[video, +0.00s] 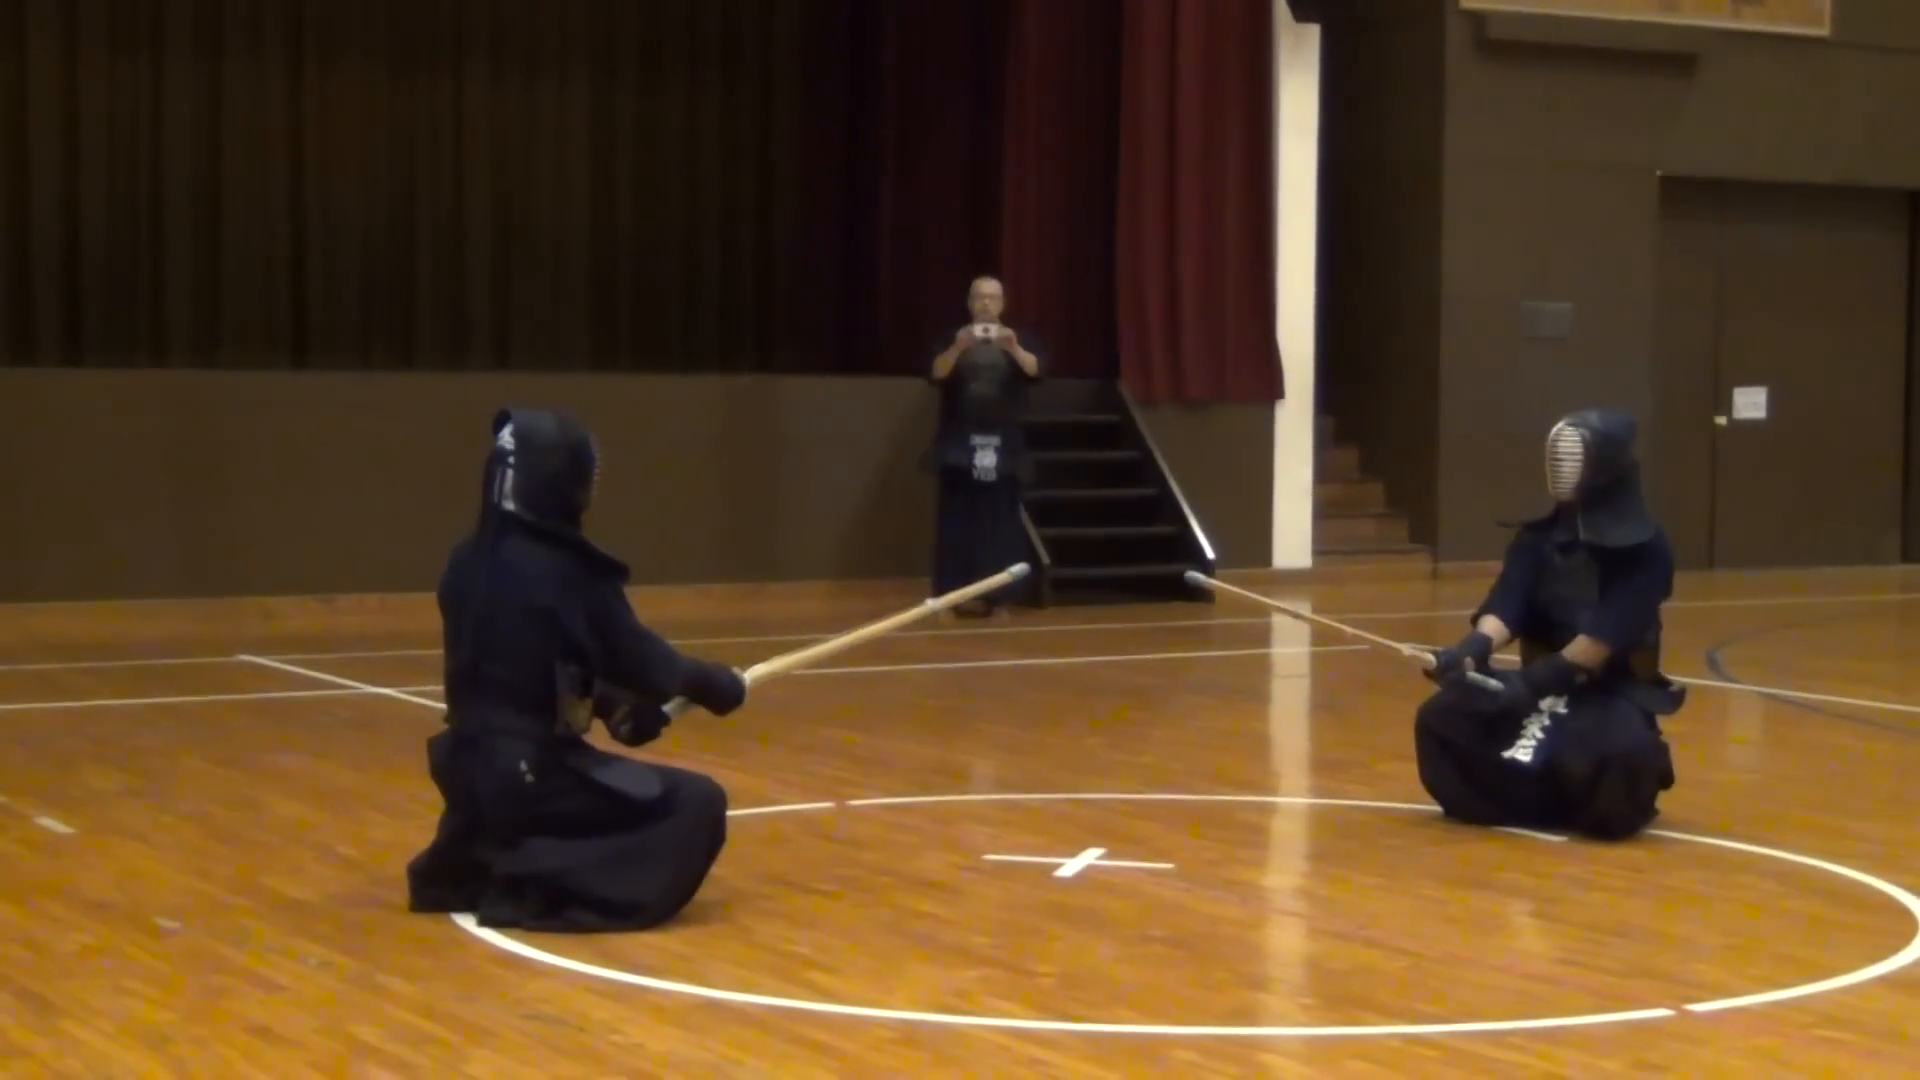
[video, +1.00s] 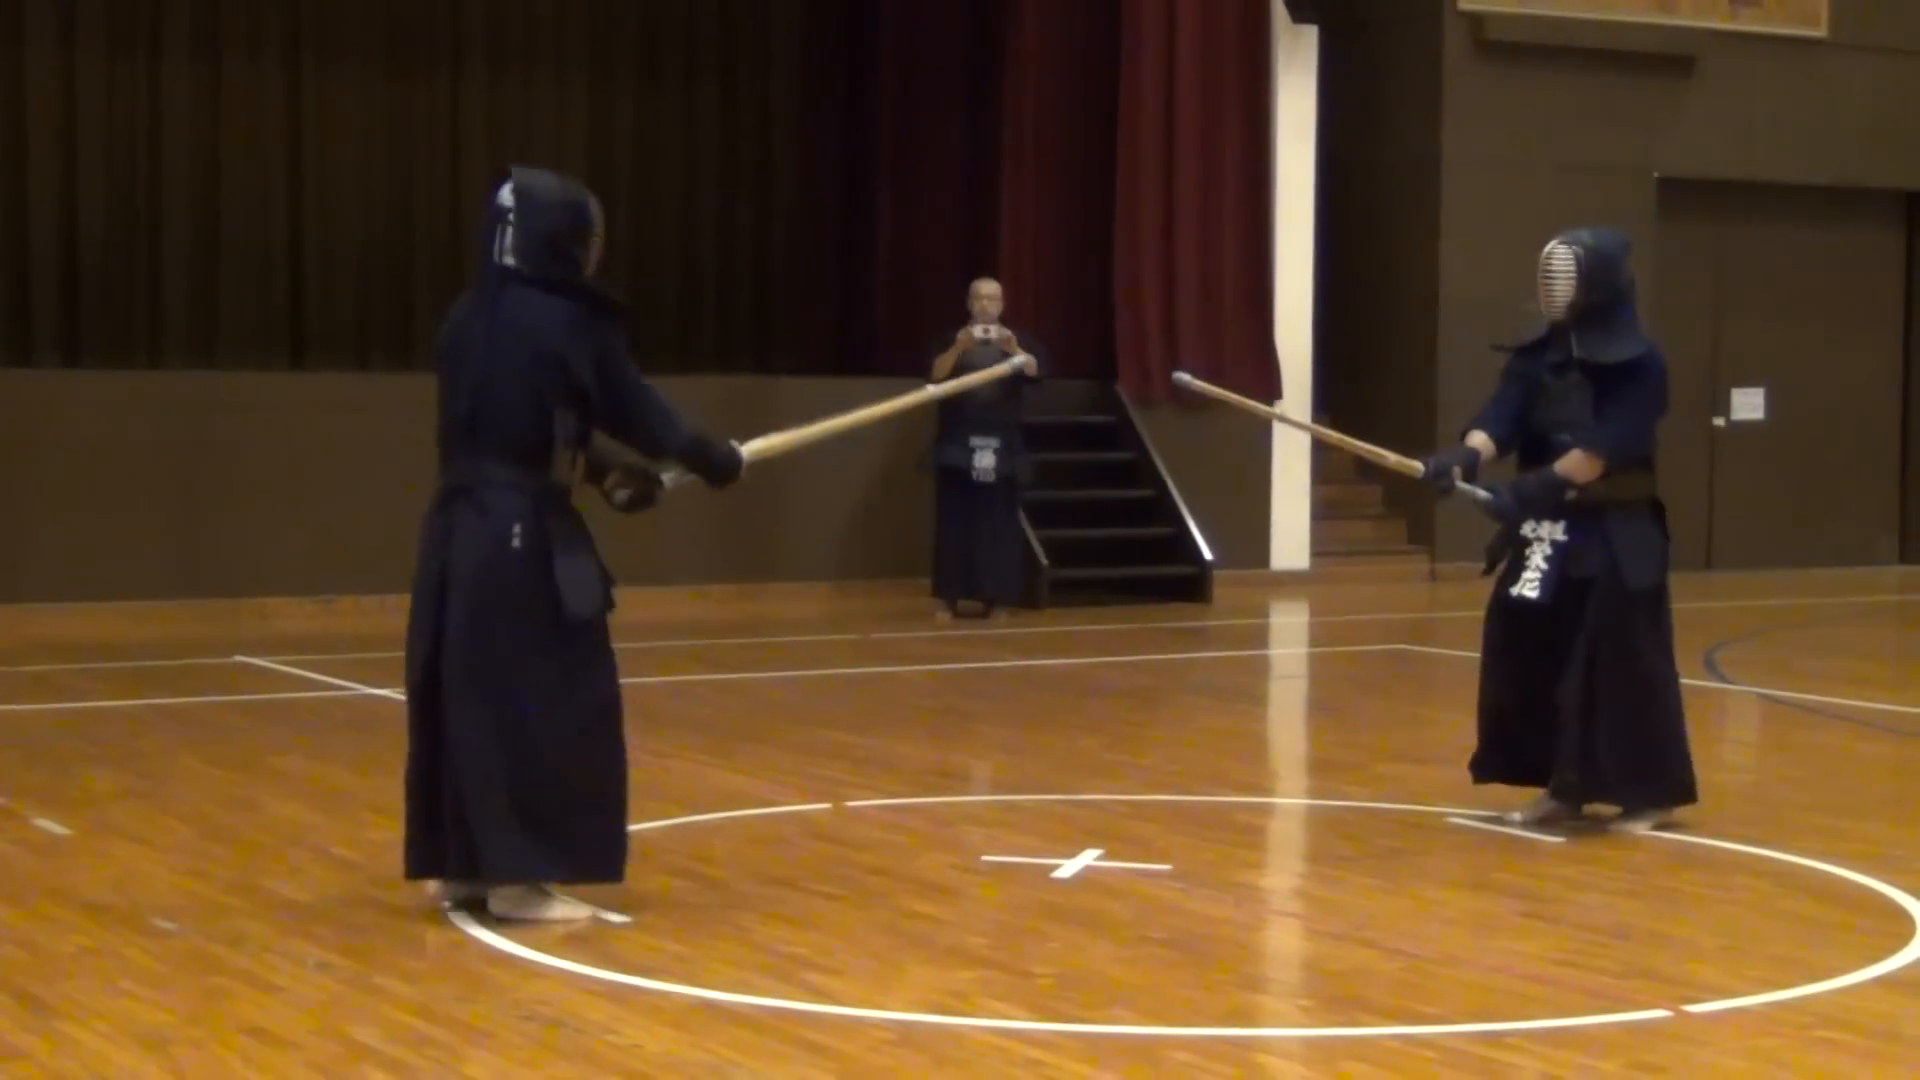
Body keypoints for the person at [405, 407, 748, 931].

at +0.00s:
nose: (588, 491)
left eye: (586, 477)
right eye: (582, 477)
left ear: (503, 477)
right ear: (563, 485)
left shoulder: (468, 560)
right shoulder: (571, 572)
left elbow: (525, 658)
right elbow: (638, 659)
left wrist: (606, 697)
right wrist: (711, 683)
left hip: (461, 764)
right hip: (530, 777)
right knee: (696, 805)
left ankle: (455, 866)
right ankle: (538, 885)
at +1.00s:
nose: (597, 254)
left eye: (595, 240)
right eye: (589, 240)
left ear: (516, 239)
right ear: (561, 243)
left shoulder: (473, 313)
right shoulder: (572, 320)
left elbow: (520, 416)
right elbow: (635, 411)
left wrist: (601, 462)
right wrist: (711, 454)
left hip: (457, 526)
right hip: (520, 534)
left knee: (469, 693)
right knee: (531, 697)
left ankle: (466, 871)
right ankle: (522, 882)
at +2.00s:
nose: (623, 255)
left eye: (621, 242)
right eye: (618, 243)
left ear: (542, 243)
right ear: (600, 249)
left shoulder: (507, 320)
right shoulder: (610, 328)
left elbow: (547, 425)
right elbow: (680, 424)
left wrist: (631, 462)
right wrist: (748, 459)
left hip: (506, 536)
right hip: (578, 541)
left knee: (477, 694)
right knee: (617, 706)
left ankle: (416, 861)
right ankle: (620, 888)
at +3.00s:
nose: (603, 266)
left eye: (603, 251)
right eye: (597, 252)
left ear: (520, 251)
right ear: (571, 256)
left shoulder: (473, 329)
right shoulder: (569, 336)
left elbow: (512, 440)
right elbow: (634, 420)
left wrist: (599, 475)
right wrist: (707, 453)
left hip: (479, 539)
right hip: (547, 543)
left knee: (459, 694)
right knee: (572, 706)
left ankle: (389, 859)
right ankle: (573, 889)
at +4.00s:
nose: (574, 262)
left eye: (573, 248)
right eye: (568, 249)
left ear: (493, 248)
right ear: (545, 254)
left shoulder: (453, 328)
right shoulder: (553, 336)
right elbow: (618, 423)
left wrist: (580, 469)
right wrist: (689, 462)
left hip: (459, 538)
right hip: (527, 544)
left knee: (431, 699)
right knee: (548, 710)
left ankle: (369, 863)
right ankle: (553, 884)